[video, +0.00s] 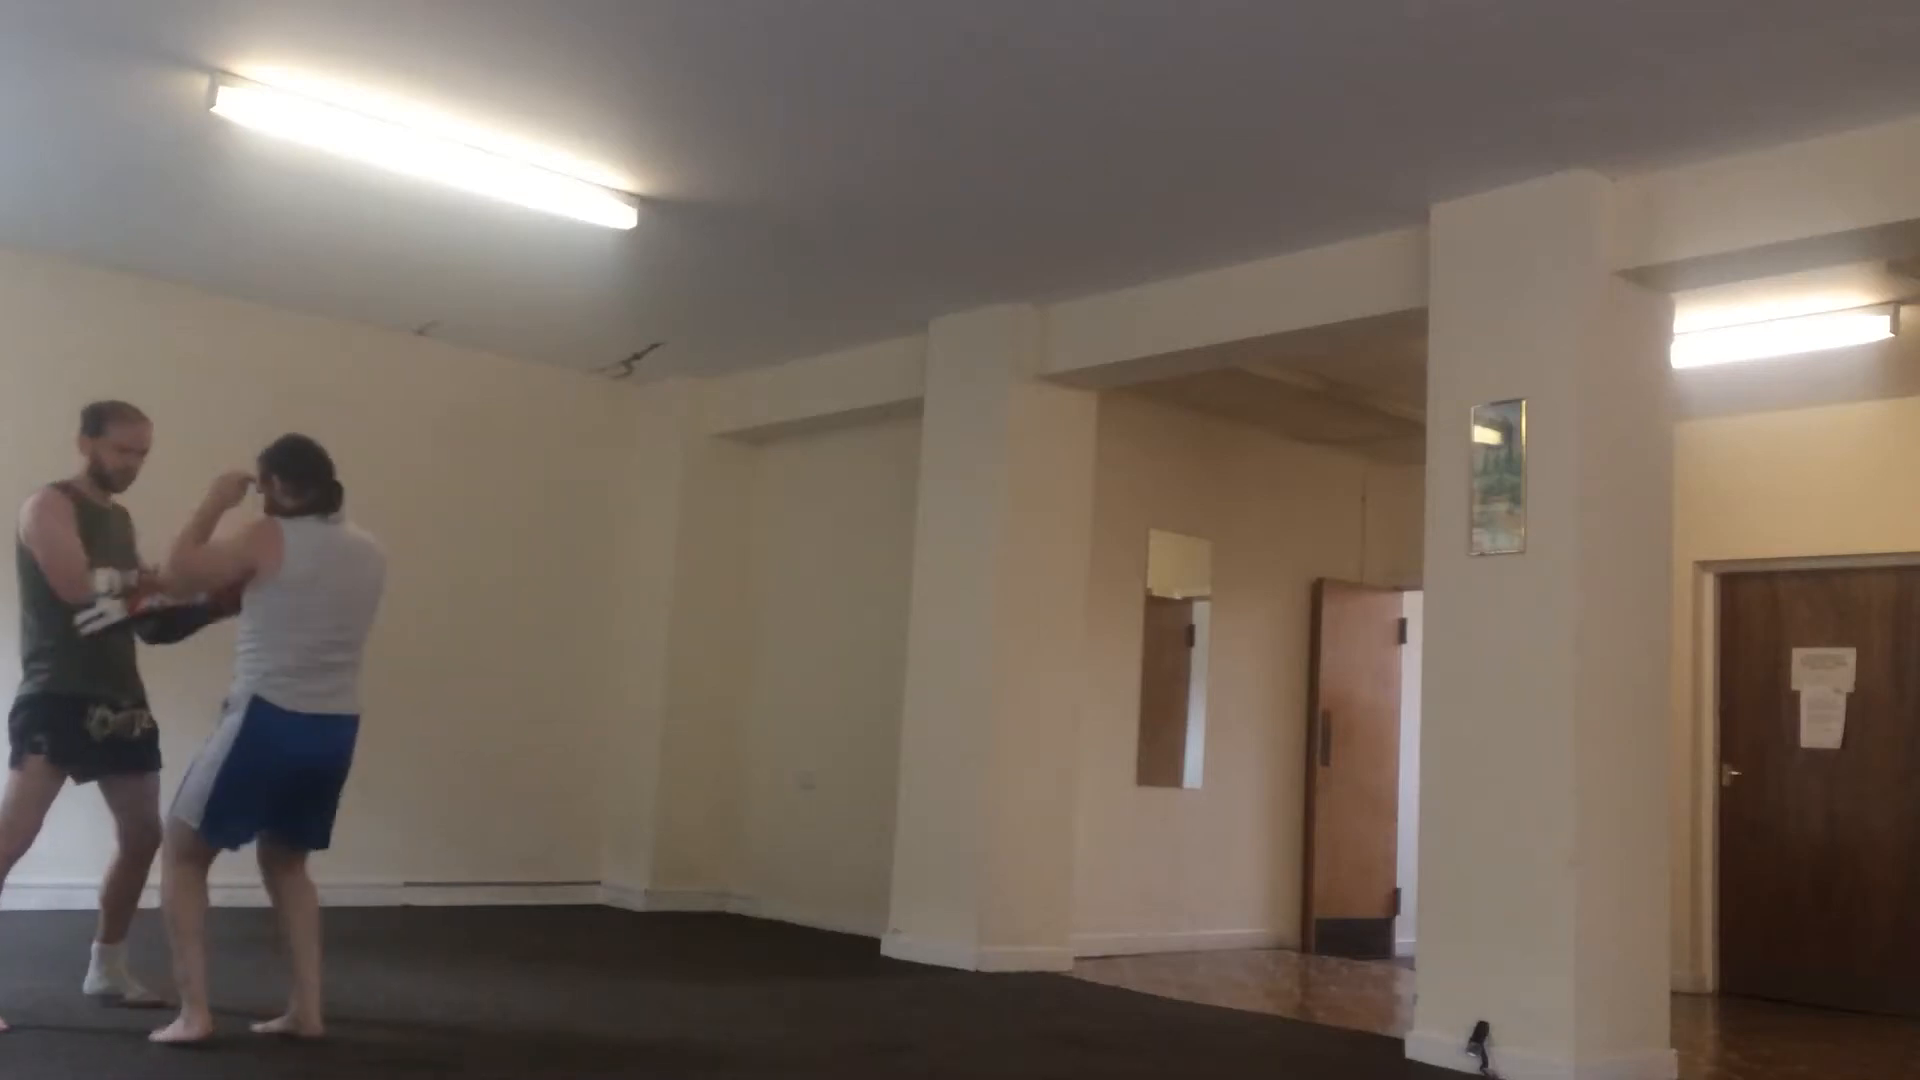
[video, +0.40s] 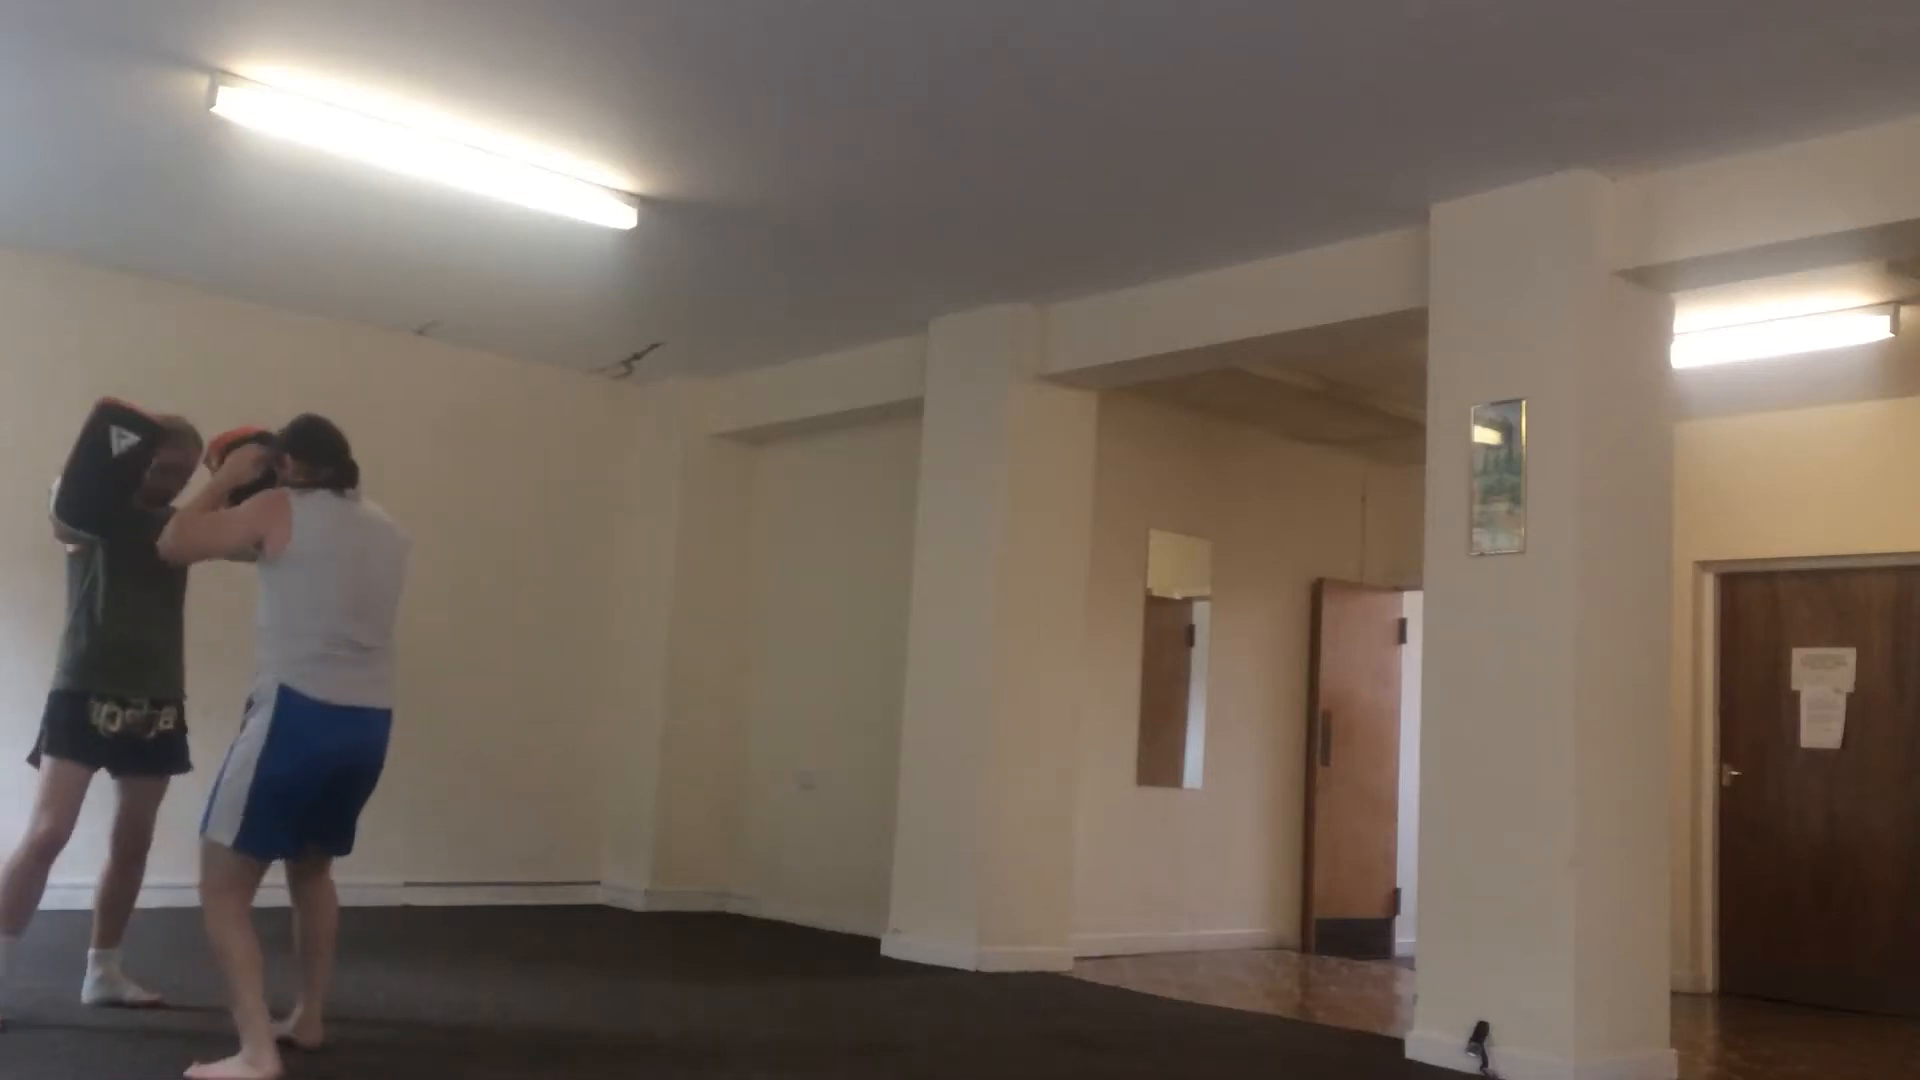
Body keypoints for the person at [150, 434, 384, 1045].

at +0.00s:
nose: (262, 490)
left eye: (266, 481)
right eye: (264, 480)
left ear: (277, 486)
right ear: (328, 484)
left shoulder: (268, 539)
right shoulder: (369, 553)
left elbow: (181, 567)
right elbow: (299, 599)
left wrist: (214, 503)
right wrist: (202, 601)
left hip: (262, 728)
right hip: (333, 735)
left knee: (184, 852)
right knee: (284, 856)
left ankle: (195, 1011)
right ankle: (306, 1010)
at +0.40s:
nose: (270, 469)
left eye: (273, 460)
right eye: (271, 460)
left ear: (288, 465)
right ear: (347, 468)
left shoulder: (280, 511)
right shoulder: (390, 534)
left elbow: (175, 541)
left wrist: (224, 476)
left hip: (289, 724)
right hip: (365, 731)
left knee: (225, 891)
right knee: (311, 865)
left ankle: (257, 1052)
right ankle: (310, 1018)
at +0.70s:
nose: (299, 461)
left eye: (304, 453)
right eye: (302, 453)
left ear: (317, 457)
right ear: (379, 462)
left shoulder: (306, 496)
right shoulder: (421, 523)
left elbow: (212, 541)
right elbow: (375, 603)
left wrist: (266, 471)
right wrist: (286, 588)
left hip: (324, 719)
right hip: (403, 728)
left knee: (248, 894)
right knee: (341, 895)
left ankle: (312, 1047)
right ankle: (337, 1056)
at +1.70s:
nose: (378, 453)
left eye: (379, 441)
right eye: (378, 439)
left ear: (394, 444)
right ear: (452, 444)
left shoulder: (390, 493)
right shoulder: (504, 510)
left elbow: (289, 536)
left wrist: (331, 457)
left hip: (414, 724)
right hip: (491, 734)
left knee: (325, 911)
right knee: (406, 904)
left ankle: (376, 1071)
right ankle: (416, 1068)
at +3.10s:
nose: (353, 445)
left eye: (359, 439)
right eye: (357, 439)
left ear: (369, 450)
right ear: (436, 457)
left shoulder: (343, 494)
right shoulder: (475, 517)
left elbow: (249, 535)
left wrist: (316, 467)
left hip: (384, 727)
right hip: (470, 736)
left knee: (339, 936)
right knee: (375, 911)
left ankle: (406, 1072)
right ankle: (348, 1066)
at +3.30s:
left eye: (353, 455)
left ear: (353, 472)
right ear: (424, 486)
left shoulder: (312, 514)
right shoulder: (447, 548)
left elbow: (246, 512)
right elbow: (522, 554)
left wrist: (328, 469)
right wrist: (453, 491)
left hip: (324, 756)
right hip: (405, 771)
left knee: (326, 966)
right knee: (289, 924)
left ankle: (405, 1074)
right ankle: (239, 1049)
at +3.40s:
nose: (348, 473)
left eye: (352, 465)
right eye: (357, 465)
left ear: (359, 474)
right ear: (424, 488)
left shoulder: (308, 510)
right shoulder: (448, 559)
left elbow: (207, 475)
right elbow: (542, 564)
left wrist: (250, 472)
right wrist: (491, 493)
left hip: (286, 748)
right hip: (363, 767)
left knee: (240, 945)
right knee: (268, 904)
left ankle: (355, 1055)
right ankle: (230, 1056)